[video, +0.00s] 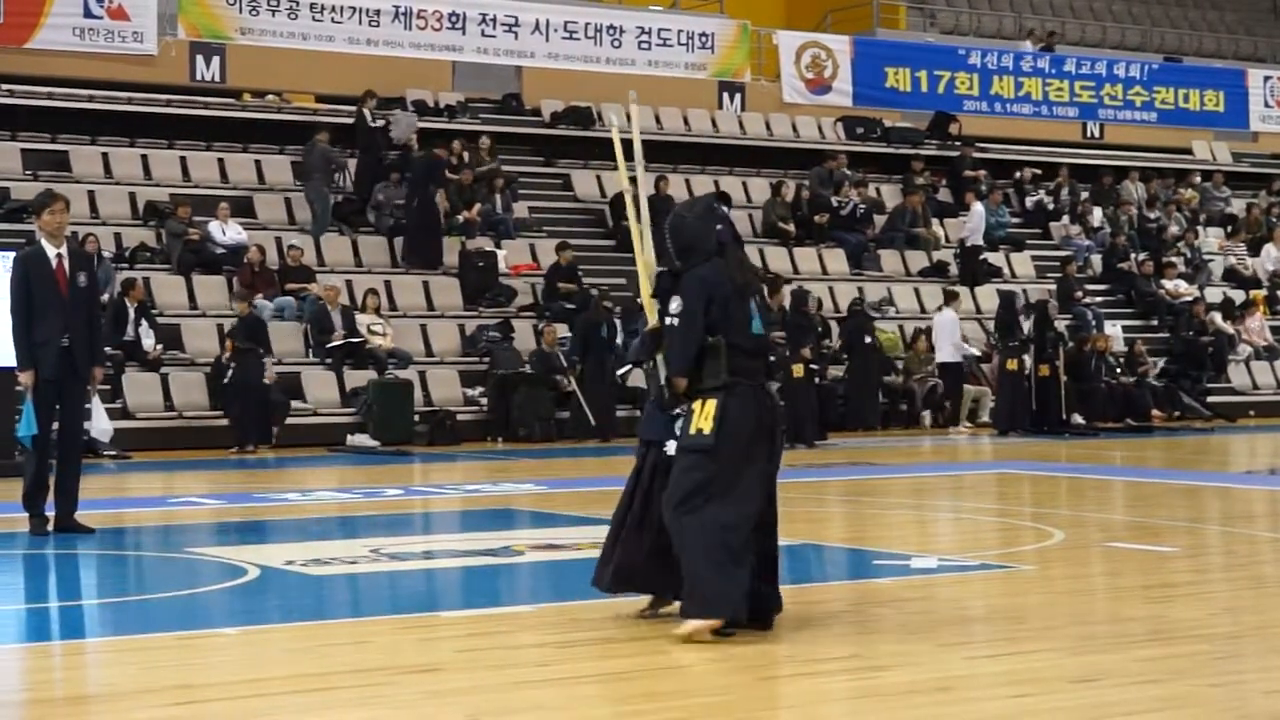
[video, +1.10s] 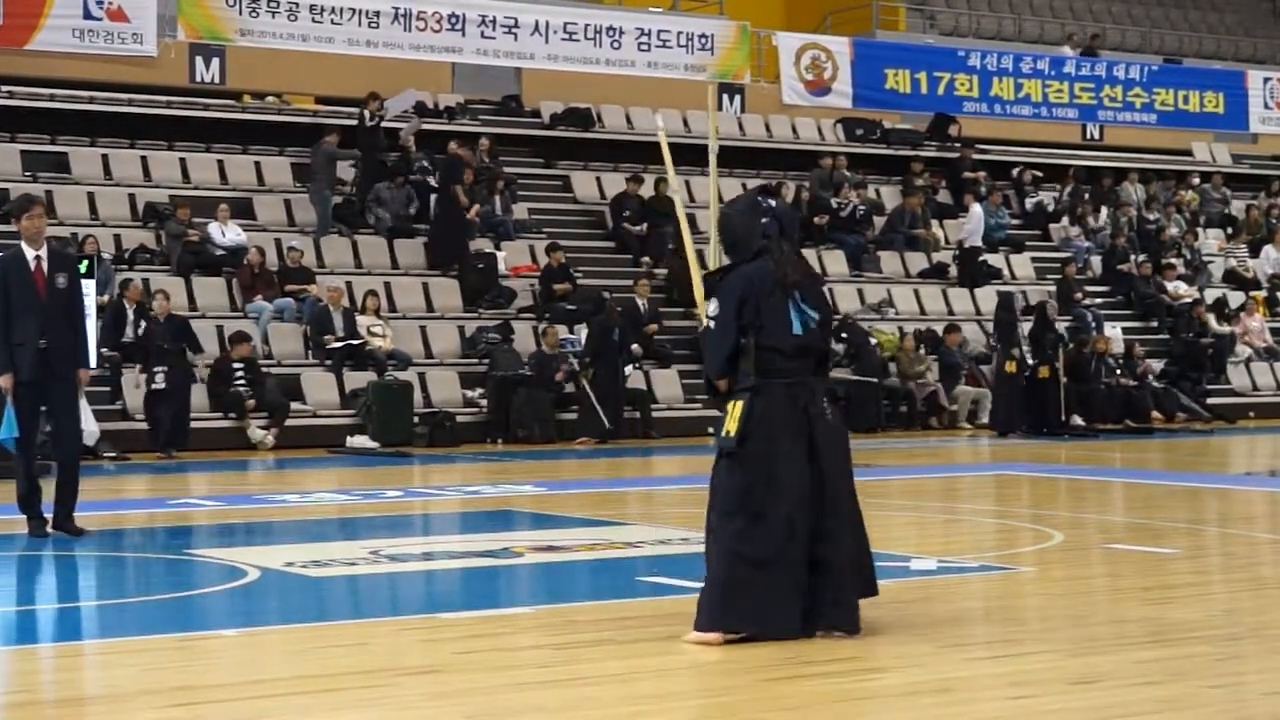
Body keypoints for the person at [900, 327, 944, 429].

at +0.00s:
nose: (924, 344)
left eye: (925, 341)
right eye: (920, 341)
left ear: (928, 343)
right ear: (914, 344)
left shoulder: (931, 358)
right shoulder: (910, 358)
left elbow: (933, 371)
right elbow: (913, 370)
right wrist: (928, 369)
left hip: (928, 379)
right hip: (913, 379)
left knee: (935, 387)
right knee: (915, 388)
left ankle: (928, 414)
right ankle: (917, 417)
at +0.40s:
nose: (928, 344)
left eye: (928, 341)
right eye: (925, 341)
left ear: (929, 343)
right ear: (918, 343)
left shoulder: (928, 357)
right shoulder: (912, 356)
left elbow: (932, 372)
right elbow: (913, 370)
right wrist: (929, 370)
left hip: (923, 380)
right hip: (909, 380)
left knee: (935, 386)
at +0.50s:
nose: (928, 344)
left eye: (929, 342)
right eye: (926, 341)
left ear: (929, 344)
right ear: (918, 343)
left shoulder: (928, 358)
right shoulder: (912, 356)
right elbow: (914, 371)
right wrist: (929, 370)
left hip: (922, 380)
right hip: (909, 380)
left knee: (934, 386)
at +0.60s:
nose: (927, 344)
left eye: (927, 341)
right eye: (924, 341)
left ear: (928, 343)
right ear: (917, 342)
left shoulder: (927, 357)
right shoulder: (912, 356)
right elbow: (914, 370)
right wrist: (929, 370)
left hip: (922, 379)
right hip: (908, 379)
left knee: (936, 385)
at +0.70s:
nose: (924, 344)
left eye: (925, 341)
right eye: (921, 340)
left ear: (927, 343)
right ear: (915, 342)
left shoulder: (926, 357)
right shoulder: (911, 356)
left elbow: (931, 369)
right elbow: (912, 371)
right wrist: (928, 372)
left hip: (922, 380)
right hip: (909, 379)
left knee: (935, 387)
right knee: (911, 385)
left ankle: (931, 417)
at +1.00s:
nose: (913, 343)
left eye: (914, 341)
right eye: (910, 341)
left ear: (917, 343)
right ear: (905, 344)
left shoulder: (920, 356)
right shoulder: (901, 358)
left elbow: (929, 364)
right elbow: (908, 372)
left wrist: (922, 369)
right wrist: (924, 369)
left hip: (922, 380)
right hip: (909, 380)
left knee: (935, 389)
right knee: (911, 386)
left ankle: (932, 418)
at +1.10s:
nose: (910, 343)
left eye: (912, 340)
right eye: (907, 341)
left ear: (914, 342)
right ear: (902, 344)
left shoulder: (917, 355)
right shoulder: (901, 356)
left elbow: (927, 363)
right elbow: (907, 373)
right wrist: (924, 367)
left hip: (921, 380)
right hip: (908, 381)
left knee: (933, 390)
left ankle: (933, 418)